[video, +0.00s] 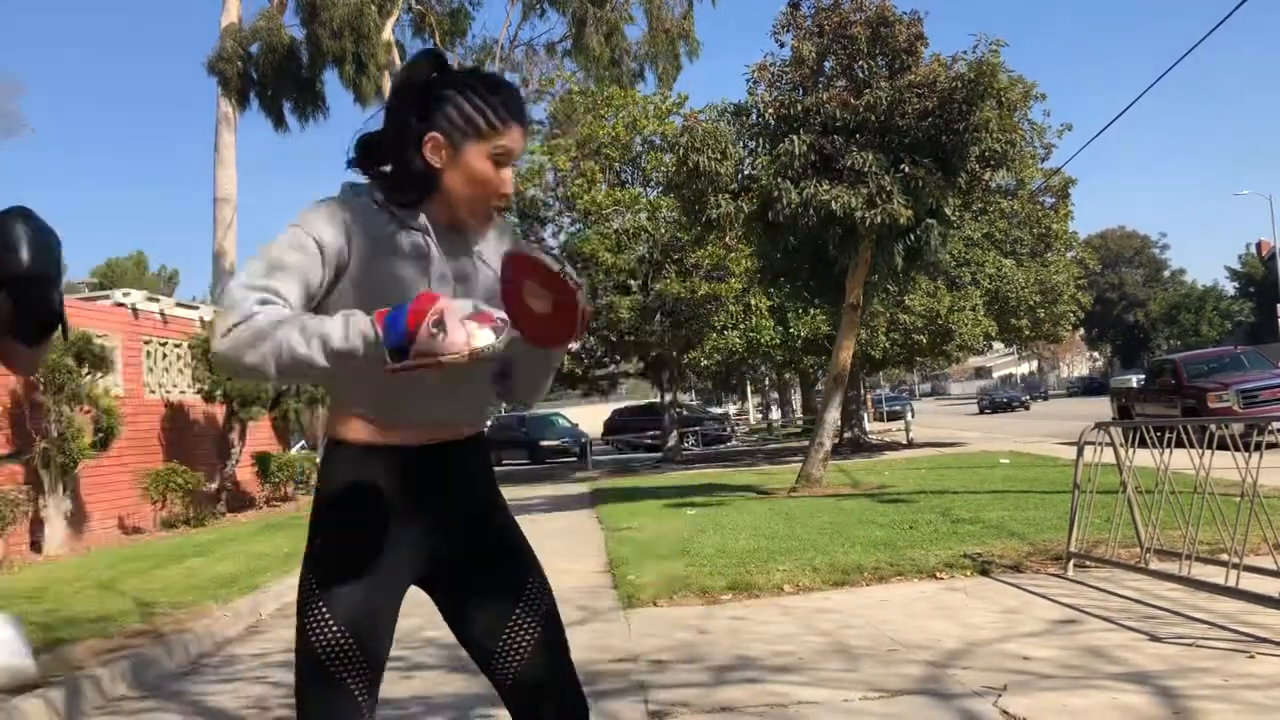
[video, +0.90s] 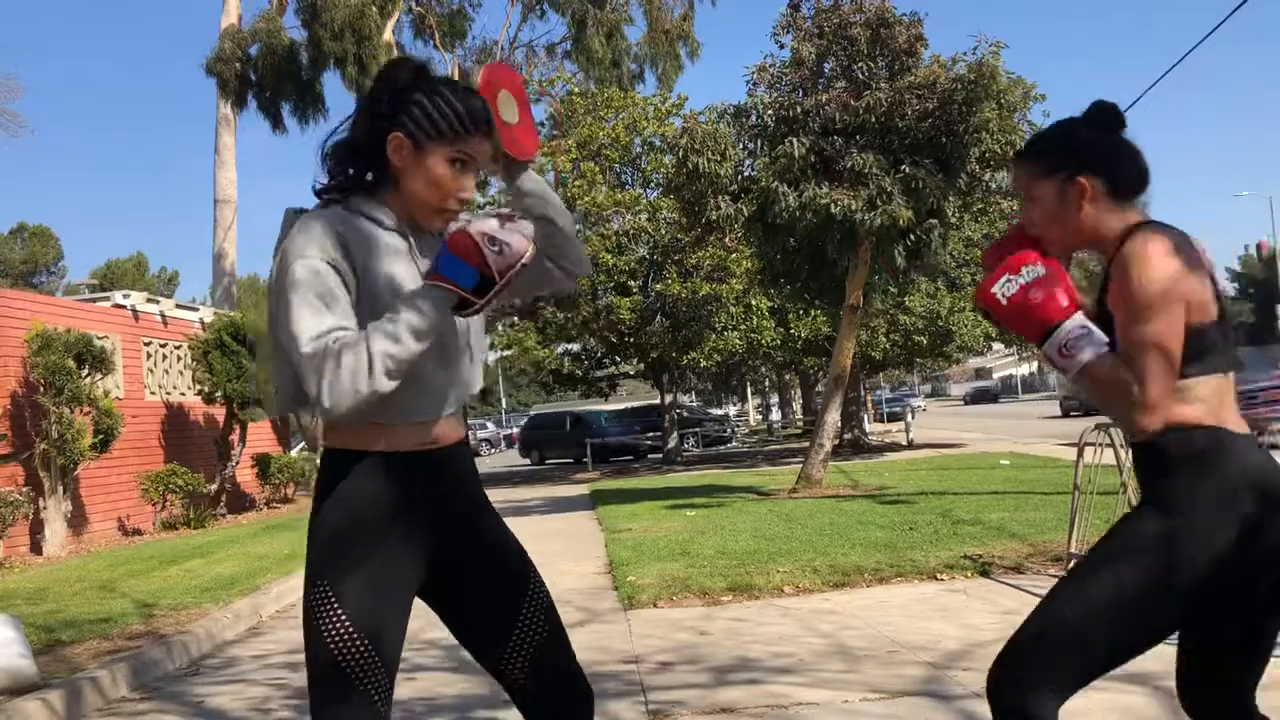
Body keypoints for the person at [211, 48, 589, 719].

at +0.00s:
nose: (511, 183)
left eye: (515, 164)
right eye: (499, 160)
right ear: (437, 150)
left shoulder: (499, 245)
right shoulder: (344, 226)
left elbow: (521, 392)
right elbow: (238, 334)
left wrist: (546, 332)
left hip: (465, 489)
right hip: (363, 492)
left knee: (554, 701)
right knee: (333, 707)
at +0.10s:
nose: (469, 194)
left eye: (476, 176)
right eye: (460, 168)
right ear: (397, 152)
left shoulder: (450, 242)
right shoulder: (311, 225)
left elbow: (467, 380)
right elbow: (308, 365)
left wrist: (532, 330)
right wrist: (445, 302)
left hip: (437, 489)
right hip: (344, 496)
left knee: (547, 696)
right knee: (332, 708)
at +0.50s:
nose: (475, 189)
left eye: (483, 171)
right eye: (465, 166)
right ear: (405, 150)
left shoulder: (458, 245)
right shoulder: (321, 229)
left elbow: (515, 360)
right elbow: (327, 379)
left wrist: (564, 295)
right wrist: (458, 313)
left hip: (439, 485)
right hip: (350, 488)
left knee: (527, 691)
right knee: (334, 704)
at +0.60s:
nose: (466, 190)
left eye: (475, 173)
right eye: (454, 167)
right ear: (392, 150)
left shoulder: (447, 249)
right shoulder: (309, 231)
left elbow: (545, 320)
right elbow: (312, 369)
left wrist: (540, 217)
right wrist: (435, 291)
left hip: (434, 488)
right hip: (344, 494)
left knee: (529, 696)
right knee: (328, 706)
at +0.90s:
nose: (471, 189)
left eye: (479, 173)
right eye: (458, 164)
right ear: (399, 150)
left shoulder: (452, 250)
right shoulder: (319, 237)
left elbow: (565, 267)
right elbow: (330, 385)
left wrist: (518, 167)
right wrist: (438, 296)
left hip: (455, 495)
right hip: (365, 503)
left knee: (563, 697)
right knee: (350, 708)